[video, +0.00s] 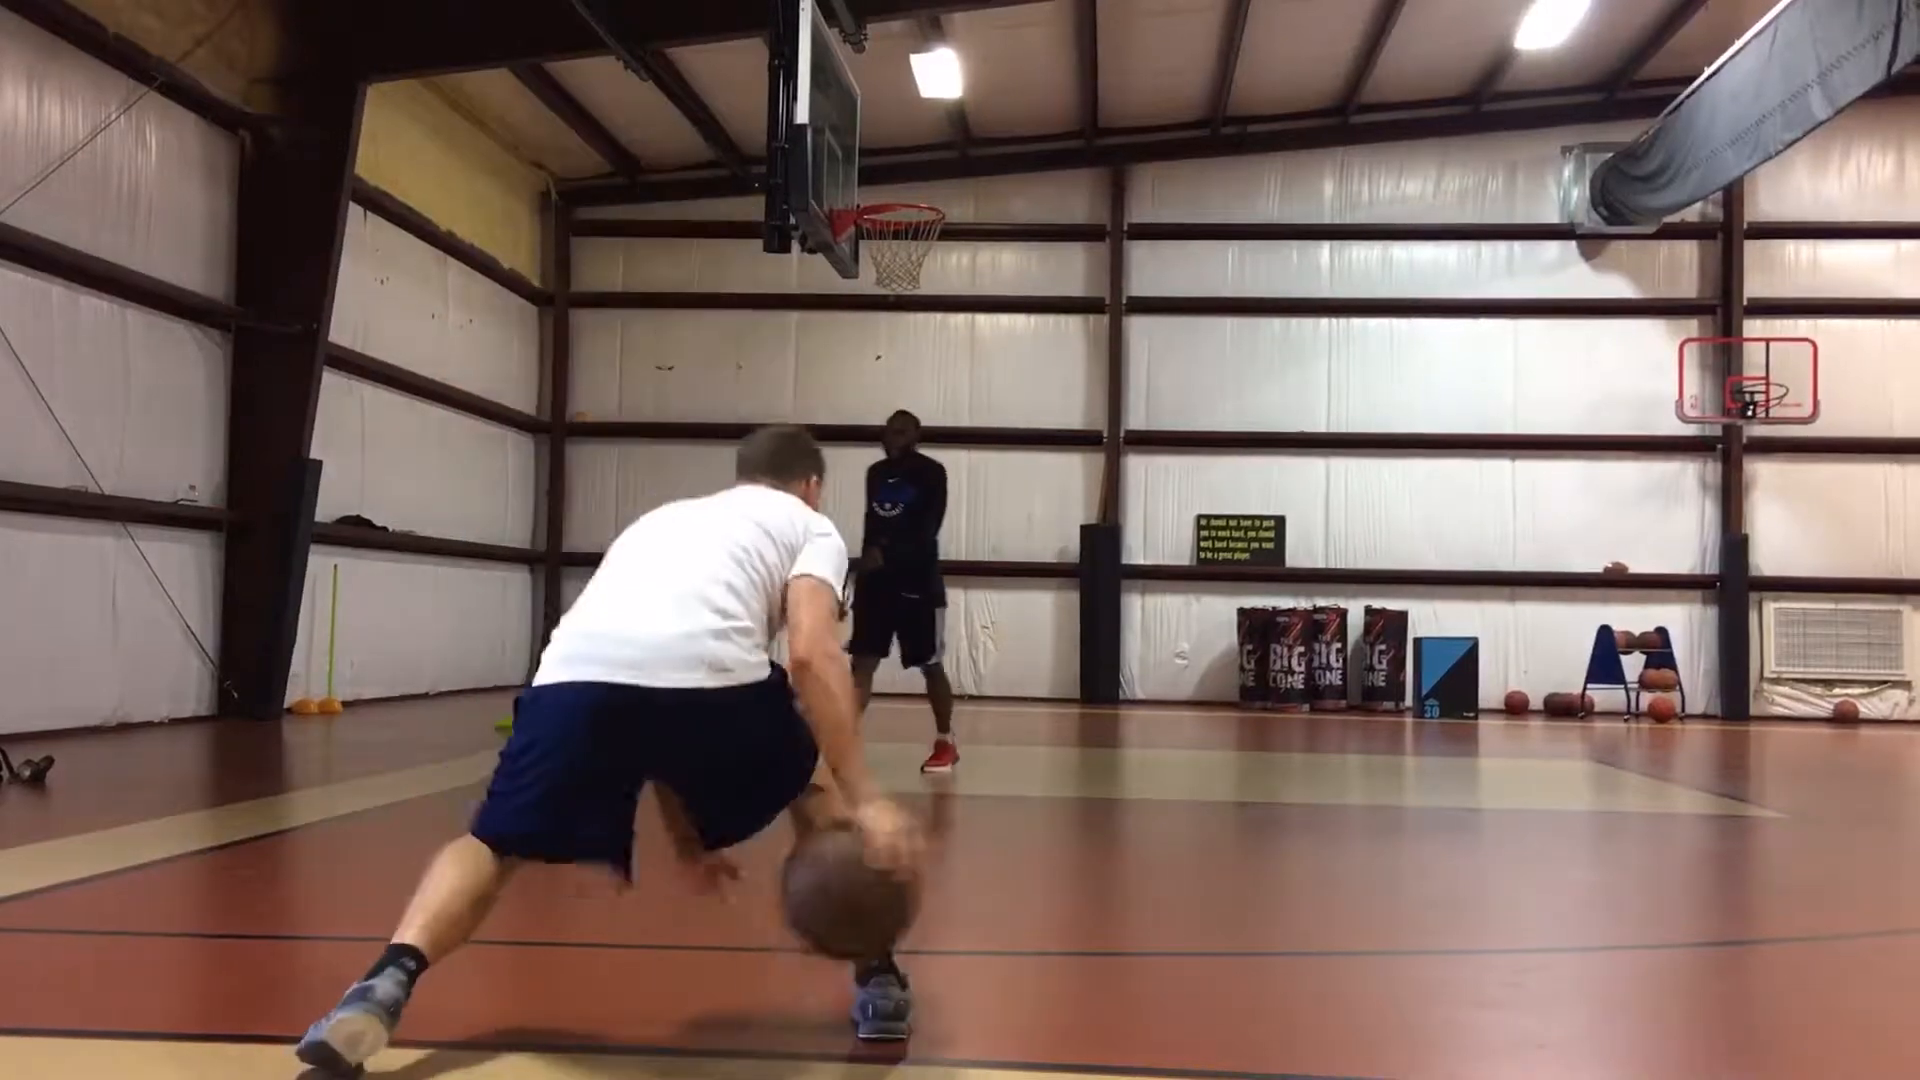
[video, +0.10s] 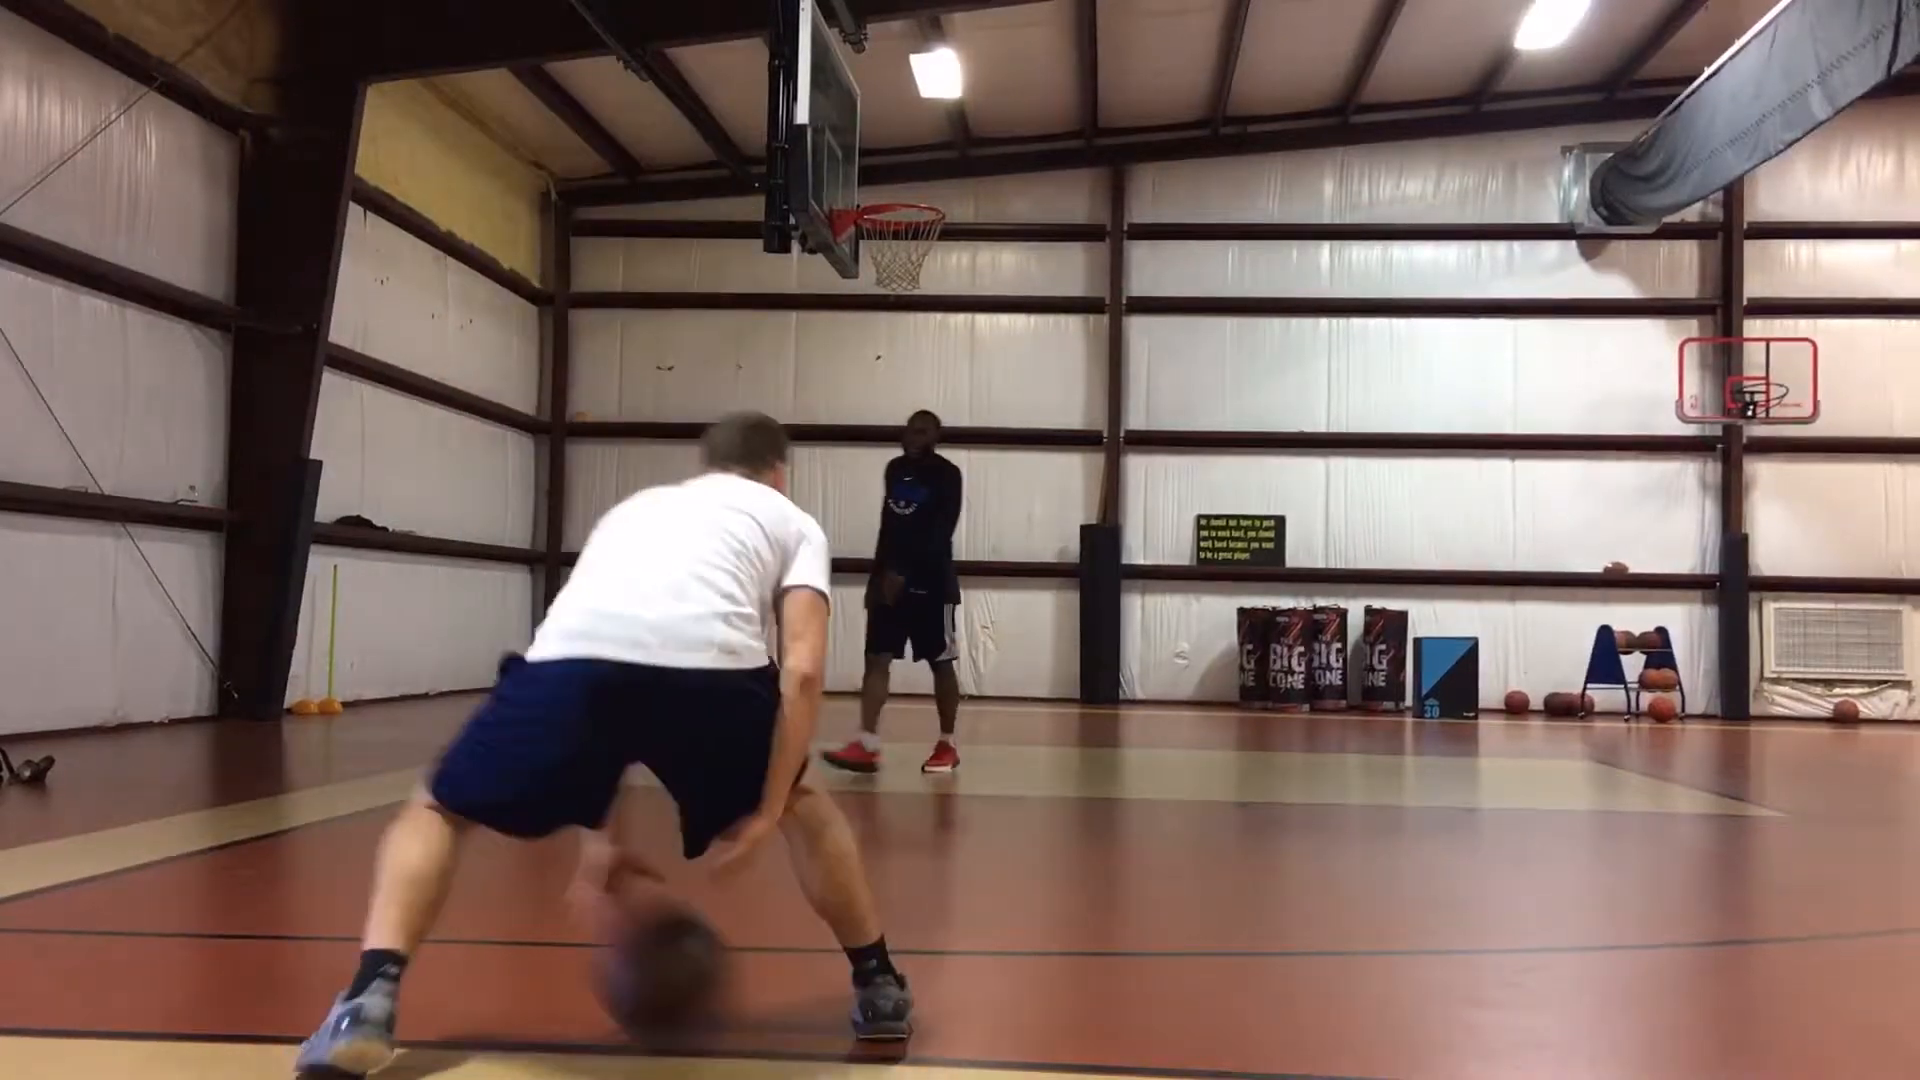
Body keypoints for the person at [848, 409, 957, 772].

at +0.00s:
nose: (892, 438)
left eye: (900, 432)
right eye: (890, 431)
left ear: (915, 436)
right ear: (884, 434)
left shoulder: (932, 472)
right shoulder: (876, 472)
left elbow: (926, 531)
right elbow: (871, 528)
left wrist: (883, 553)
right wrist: (863, 576)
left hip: (919, 586)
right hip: (876, 584)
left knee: (930, 666)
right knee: (862, 663)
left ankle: (944, 742)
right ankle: (843, 743)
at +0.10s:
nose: (913, 436)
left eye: (921, 431)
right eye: (910, 429)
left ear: (936, 437)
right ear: (904, 432)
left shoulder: (947, 473)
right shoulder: (895, 469)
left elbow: (939, 532)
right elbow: (888, 527)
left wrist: (905, 574)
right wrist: (877, 577)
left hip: (931, 585)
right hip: (890, 582)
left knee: (942, 664)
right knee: (877, 659)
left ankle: (947, 744)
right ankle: (867, 744)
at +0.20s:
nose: (933, 439)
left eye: (941, 434)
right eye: (929, 431)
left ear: (954, 438)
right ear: (922, 432)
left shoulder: (963, 478)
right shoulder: (911, 465)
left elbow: (958, 538)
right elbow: (901, 523)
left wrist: (928, 580)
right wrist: (887, 571)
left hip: (941, 583)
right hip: (902, 578)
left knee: (945, 661)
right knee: (886, 653)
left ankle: (948, 744)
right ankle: (907, 736)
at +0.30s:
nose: (946, 440)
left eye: (954, 436)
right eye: (944, 433)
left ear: (965, 443)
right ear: (937, 433)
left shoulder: (975, 485)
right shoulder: (922, 468)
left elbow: (975, 545)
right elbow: (911, 520)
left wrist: (947, 586)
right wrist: (893, 566)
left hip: (950, 585)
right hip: (914, 580)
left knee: (947, 661)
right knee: (903, 659)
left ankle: (947, 741)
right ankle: (947, 717)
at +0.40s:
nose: (956, 446)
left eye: (963, 442)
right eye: (953, 439)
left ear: (973, 449)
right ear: (943, 439)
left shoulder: (984, 486)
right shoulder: (928, 472)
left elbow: (988, 546)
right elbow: (916, 522)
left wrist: (958, 589)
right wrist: (902, 566)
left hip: (962, 583)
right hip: (928, 576)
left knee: (947, 661)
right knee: (928, 660)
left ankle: (950, 743)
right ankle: (974, 716)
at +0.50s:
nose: (957, 447)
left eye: (965, 443)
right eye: (955, 441)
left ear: (978, 451)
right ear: (949, 446)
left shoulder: (991, 489)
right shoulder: (931, 480)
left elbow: (999, 547)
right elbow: (920, 530)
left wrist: (974, 591)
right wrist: (911, 575)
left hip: (975, 583)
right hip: (941, 579)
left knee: (962, 661)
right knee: (957, 662)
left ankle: (951, 744)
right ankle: (987, 729)